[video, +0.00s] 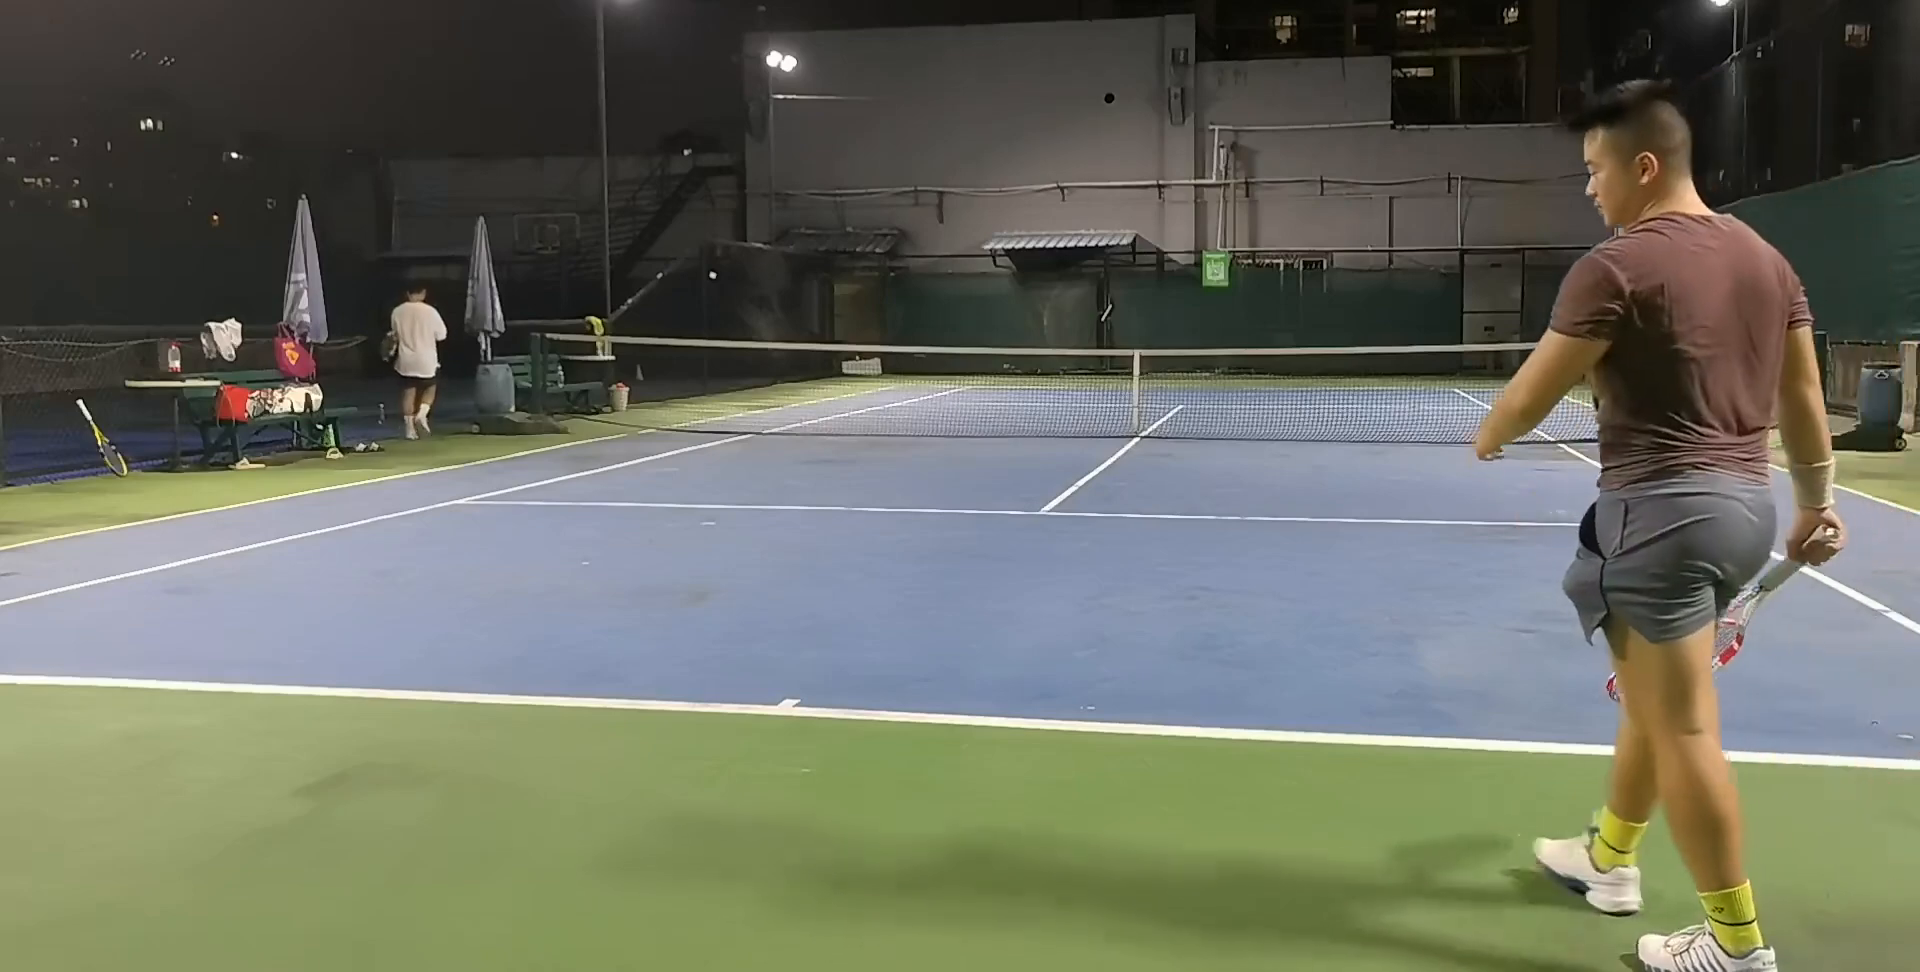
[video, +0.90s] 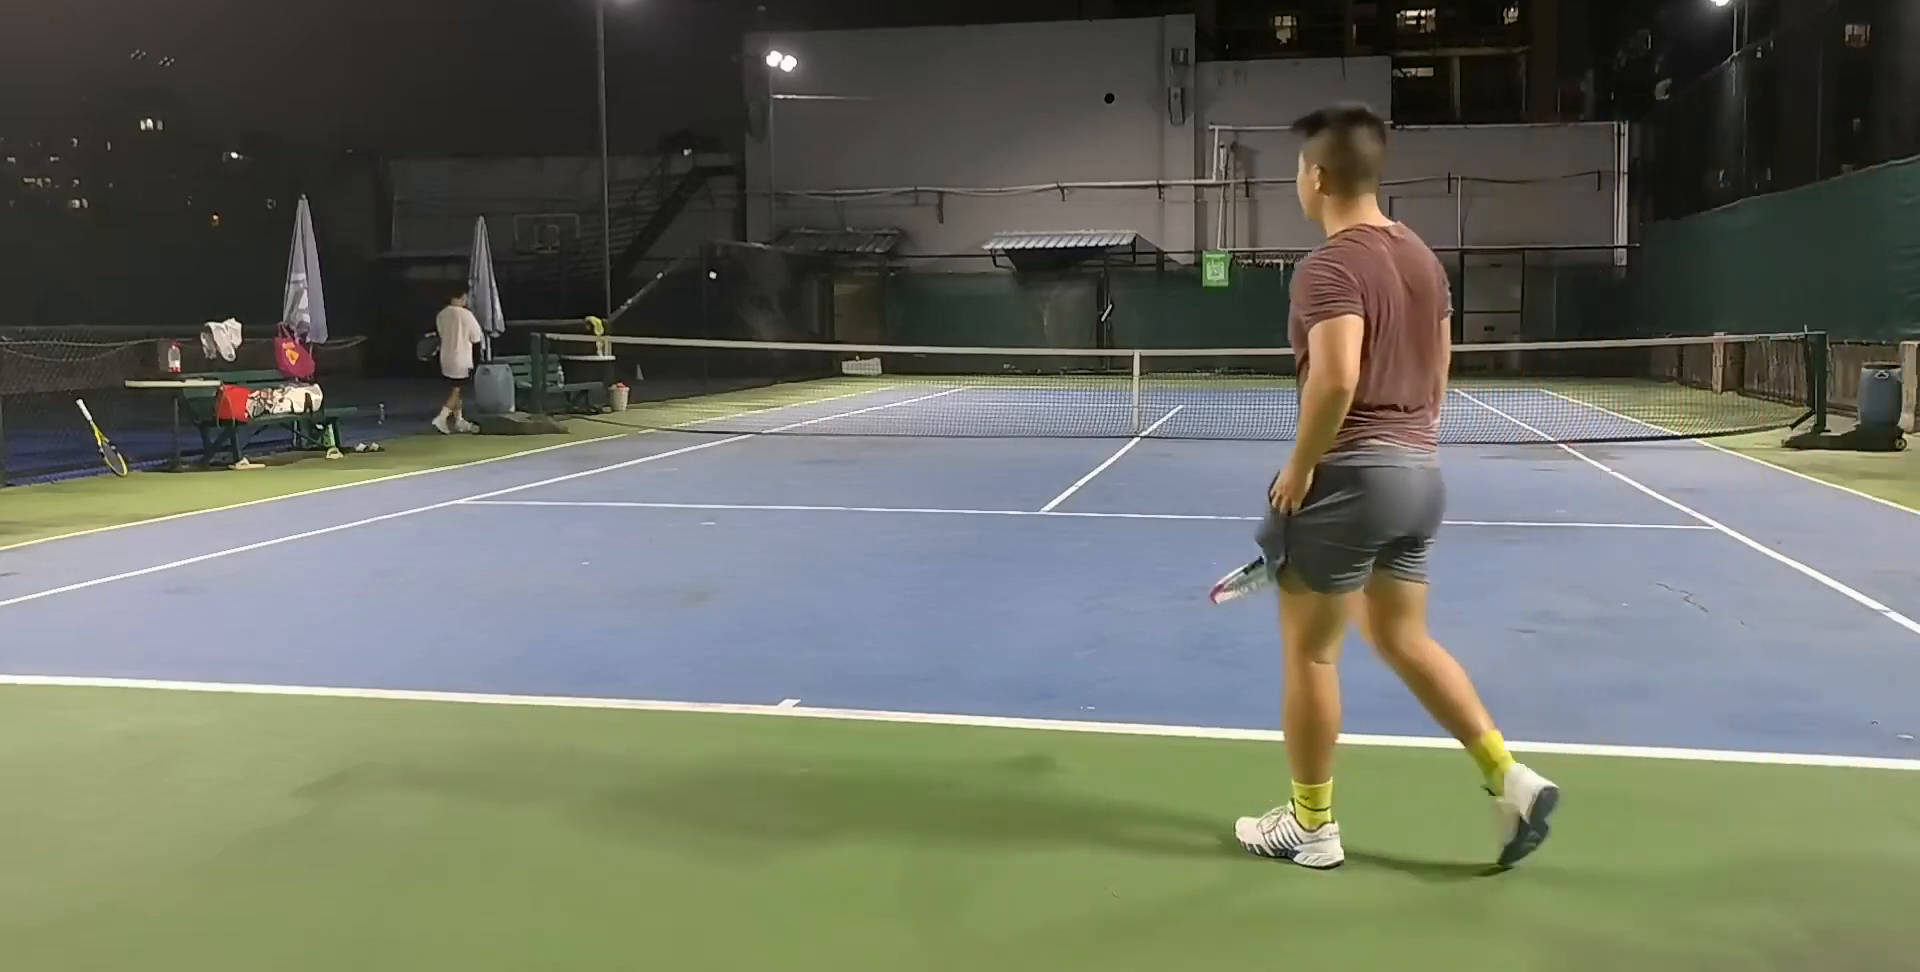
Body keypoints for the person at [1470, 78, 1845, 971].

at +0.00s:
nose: (1589, 190)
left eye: (1594, 172)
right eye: (1587, 174)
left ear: (1645, 165)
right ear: (1676, 164)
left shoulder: (1615, 267)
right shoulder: (1767, 261)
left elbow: (1532, 393)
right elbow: (1804, 406)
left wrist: (1488, 436)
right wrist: (1816, 503)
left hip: (1657, 507)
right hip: (1752, 502)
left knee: (1684, 729)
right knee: (1645, 683)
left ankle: (1738, 941)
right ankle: (1609, 860)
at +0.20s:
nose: (1540, 178)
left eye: (1546, 163)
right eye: (1542, 162)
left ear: (1582, 168)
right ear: (1626, 169)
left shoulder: (1555, 250)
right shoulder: (1694, 268)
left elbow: (1506, 380)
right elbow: (1725, 411)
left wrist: (1479, 482)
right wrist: (1735, 513)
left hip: (1590, 497)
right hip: (1672, 496)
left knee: (1587, 708)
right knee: (1595, 682)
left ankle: (1703, 898)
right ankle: (1581, 856)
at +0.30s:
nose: (1516, 180)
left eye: (1520, 165)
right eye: (1518, 166)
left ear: (1550, 169)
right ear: (1606, 170)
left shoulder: (1533, 244)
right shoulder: (1659, 268)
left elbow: (1500, 360)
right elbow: (1680, 408)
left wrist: (1478, 478)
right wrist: (1681, 508)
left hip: (1551, 491)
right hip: (1641, 490)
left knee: (1503, 681)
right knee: (1583, 669)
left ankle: (1643, 842)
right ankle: (1580, 851)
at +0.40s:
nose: (1489, 175)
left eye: (1492, 161)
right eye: (1491, 161)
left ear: (1513, 166)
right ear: (1570, 167)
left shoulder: (1511, 242)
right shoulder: (1619, 262)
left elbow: (1494, 351)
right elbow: (1633, 399)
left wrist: (1470, 466)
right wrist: (1629, 491)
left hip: (1529, 482)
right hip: (1605, 479)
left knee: (1443, 655)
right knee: (1570, 666)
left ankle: (1556, 825)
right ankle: (1588, 859)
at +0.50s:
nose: (1457, 176)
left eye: (1460, 163)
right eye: (1461, 162)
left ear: (1477, 169)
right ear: (1537, 169)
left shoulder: (1487, 246)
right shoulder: (1577, 258)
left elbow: (1480, 356)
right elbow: (1590, 384)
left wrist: (1451, 465)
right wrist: (1544, 450)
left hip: (1504, 478)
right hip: (1579, 477)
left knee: (1412, 644)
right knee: (1561, 667)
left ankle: (1448, 844)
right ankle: (1581, 854)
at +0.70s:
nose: (1379, 191)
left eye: (1380, 179)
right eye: (1383, 179)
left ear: (1393, 185)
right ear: (1461, 183)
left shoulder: (1410, 267)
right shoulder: (1497, 268)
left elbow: (1422, 376)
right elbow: (1494, 394)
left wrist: (1379, 478)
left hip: (1432, 483)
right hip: (1506, 480)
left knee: (1364, 664)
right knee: (1524, 667)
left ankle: (1315, 826)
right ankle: (1576, 846)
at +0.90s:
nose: (1298, 180)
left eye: (1301, 168)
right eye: (1302, 167)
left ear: (1317, 176)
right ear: (1374, 175)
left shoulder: (1329, 264)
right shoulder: (1421, 258)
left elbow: (1337, 376)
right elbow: (1436, 374)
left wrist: (1297, 469)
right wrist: (1381, 440)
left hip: (1349, 472)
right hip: (1420, 472)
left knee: (1310, 646)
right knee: (1401, 634)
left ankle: (1310, 821)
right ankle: (1511, 780)